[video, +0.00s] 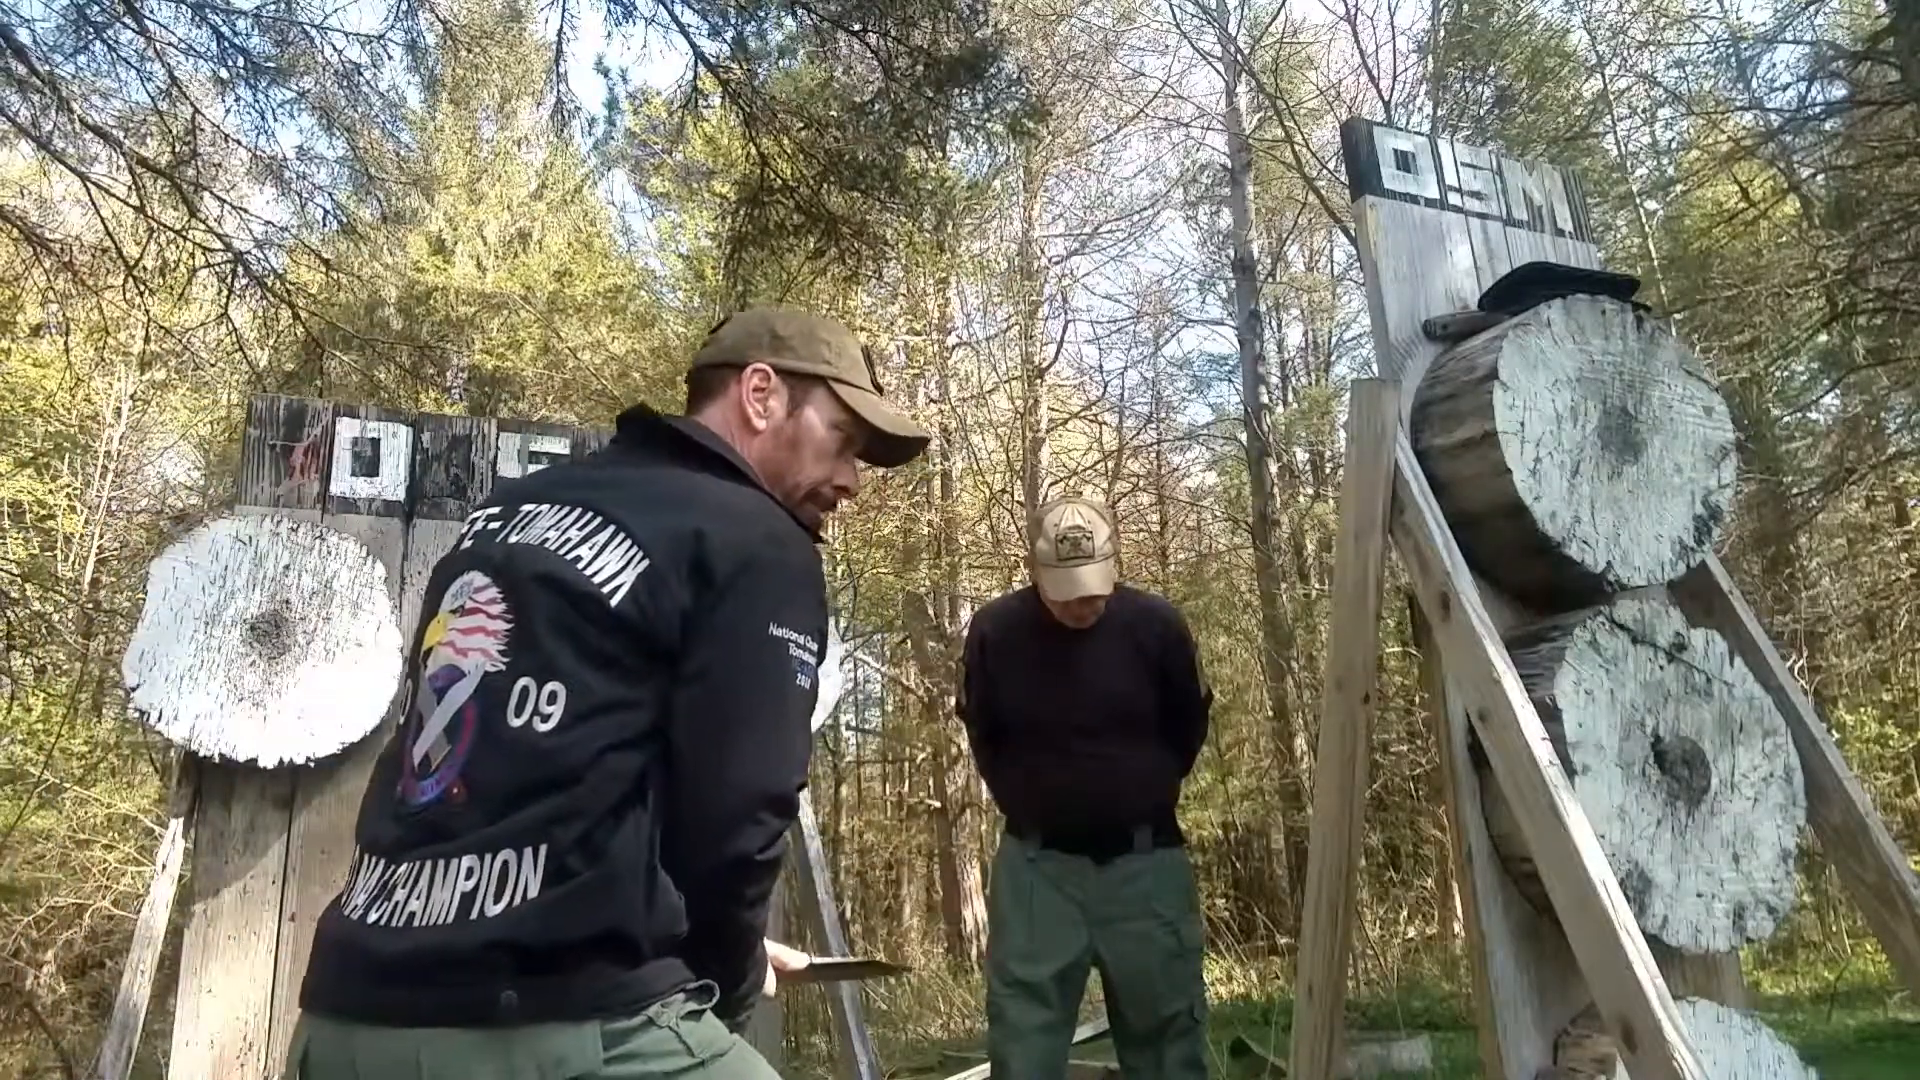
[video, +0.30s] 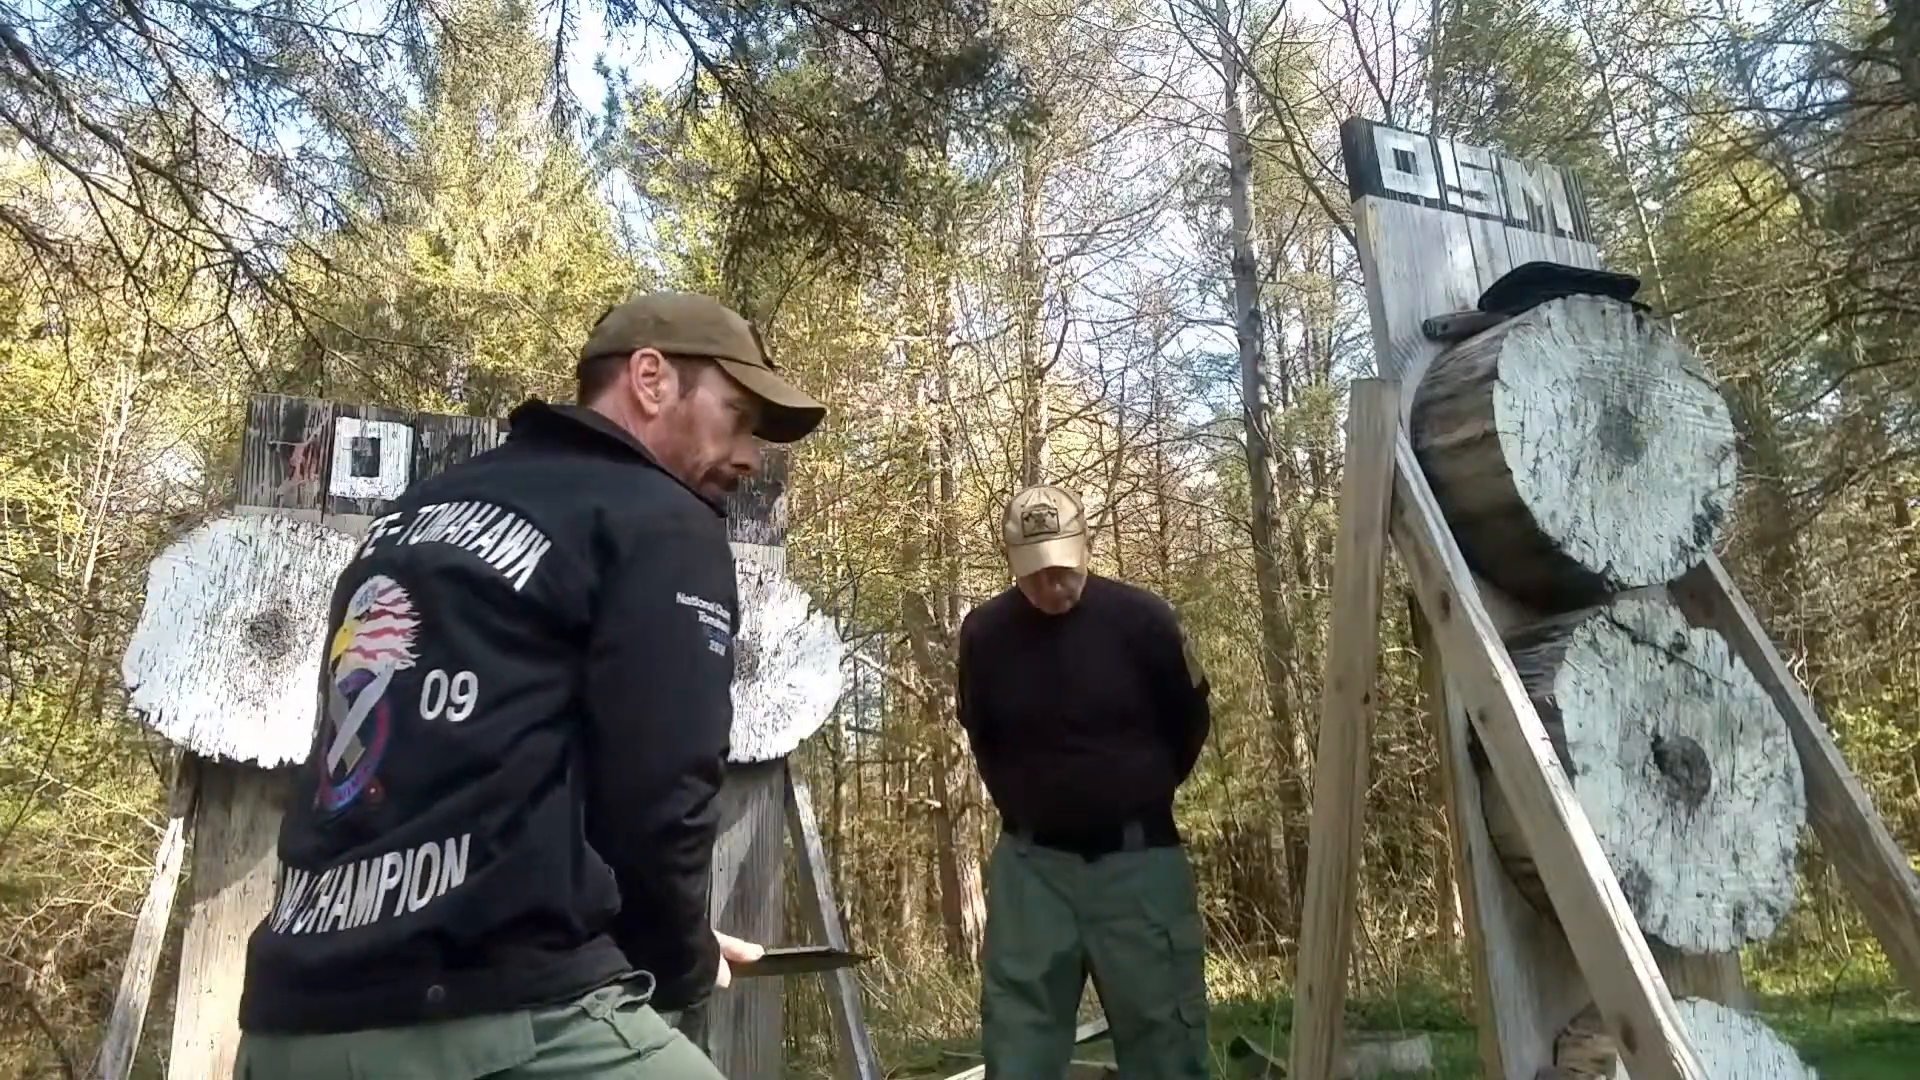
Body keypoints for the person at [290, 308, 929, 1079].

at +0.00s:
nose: (854, 483)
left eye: (862, 457)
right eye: (847, 442)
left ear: (753, 399)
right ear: (760, 398)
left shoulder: (513, 501)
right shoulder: (757, 541)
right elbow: (733, 820)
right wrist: (731, 982)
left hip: (356, 1020)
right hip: (580, 1023)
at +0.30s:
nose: (751, 458)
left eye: (756, 430)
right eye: (739, 416)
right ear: (650, 381)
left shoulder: (419, 506)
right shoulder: (662, 519)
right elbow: (656, 797)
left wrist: (680, 928)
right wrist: (685, 966)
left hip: (298, 1016)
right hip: (512, 1008)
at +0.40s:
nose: (684, 456)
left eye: (690, 430)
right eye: (669, 417)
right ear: (577, 385)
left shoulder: (352, 519)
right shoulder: (591, 519)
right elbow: (593, 795)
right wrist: (640, 967)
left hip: (252, 1017)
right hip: (456, 1008)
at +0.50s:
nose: (605, 455)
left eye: (609, 429)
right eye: (586, 413)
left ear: (492, 393)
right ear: (497, 389)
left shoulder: (271, 527)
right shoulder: (508, 518)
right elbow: (514, 794)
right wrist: (581, 964)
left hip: (182, 1023)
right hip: (385, 1012)